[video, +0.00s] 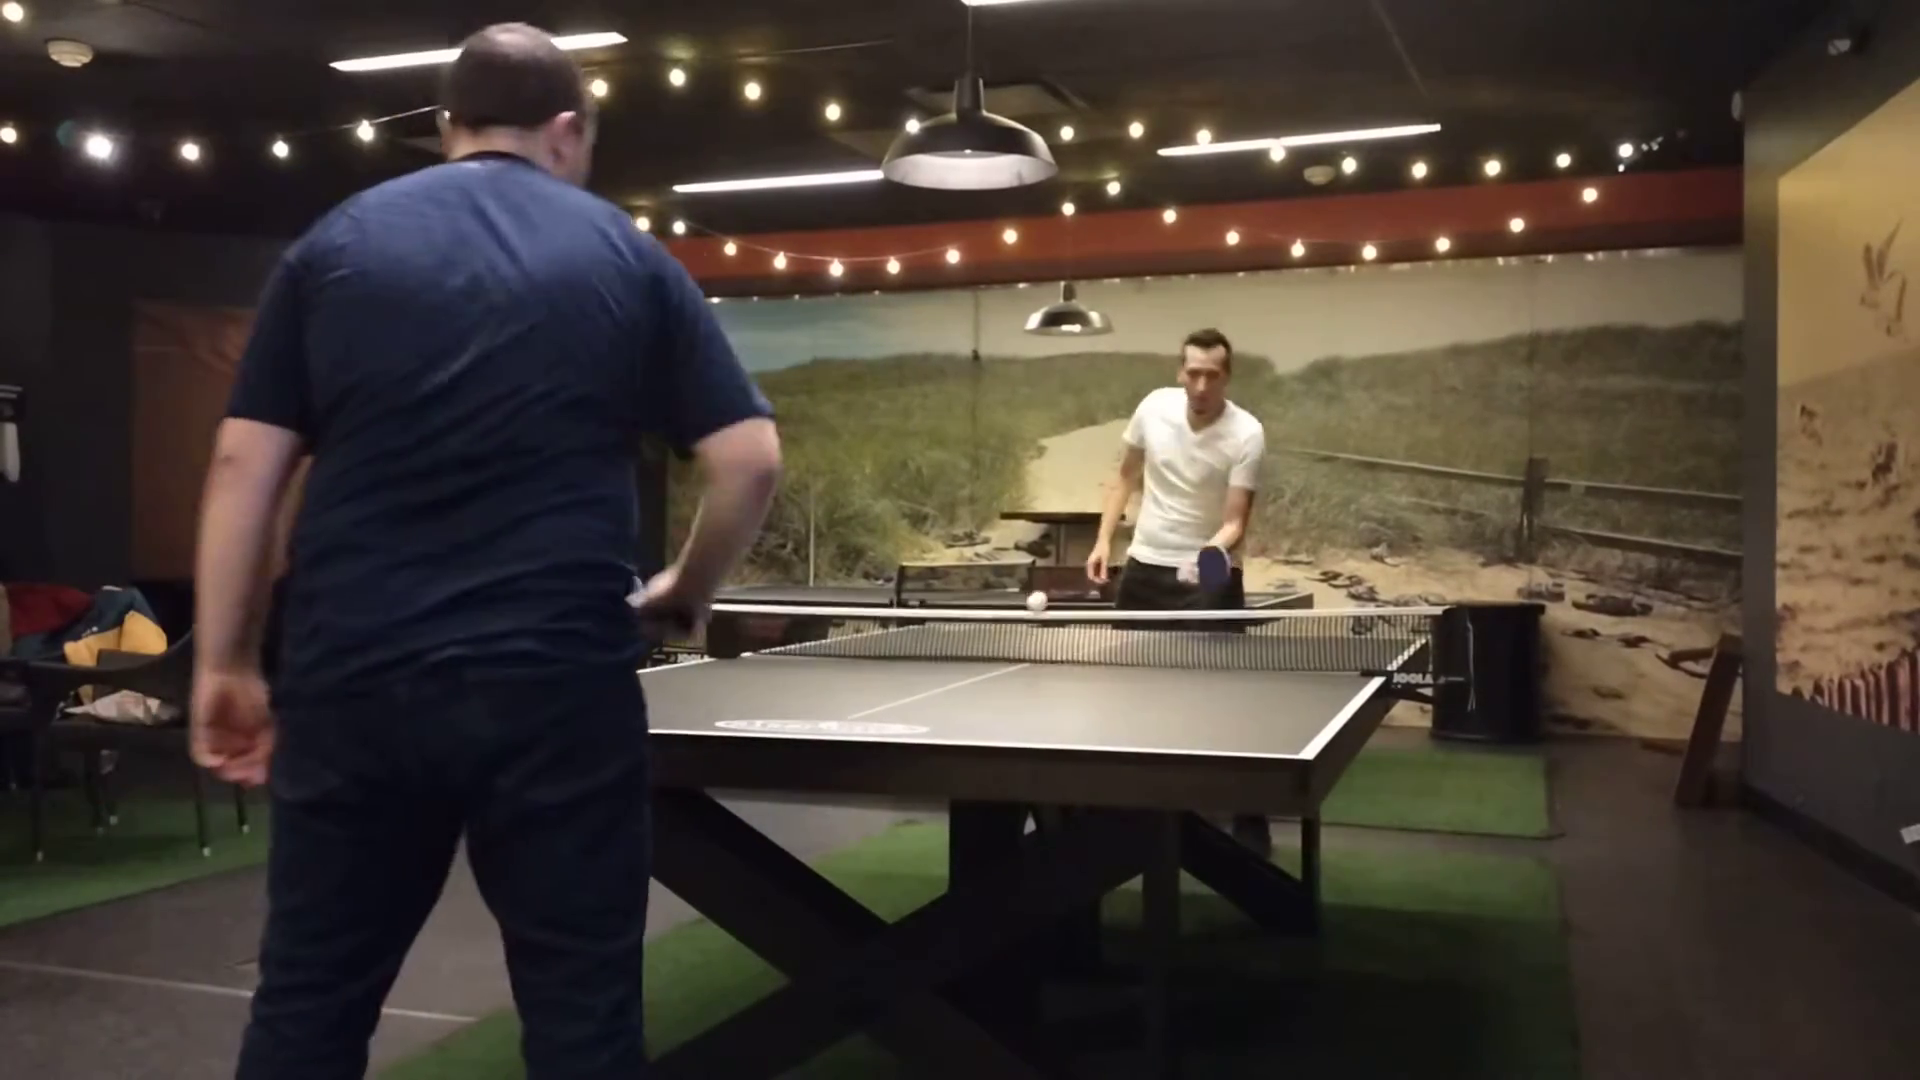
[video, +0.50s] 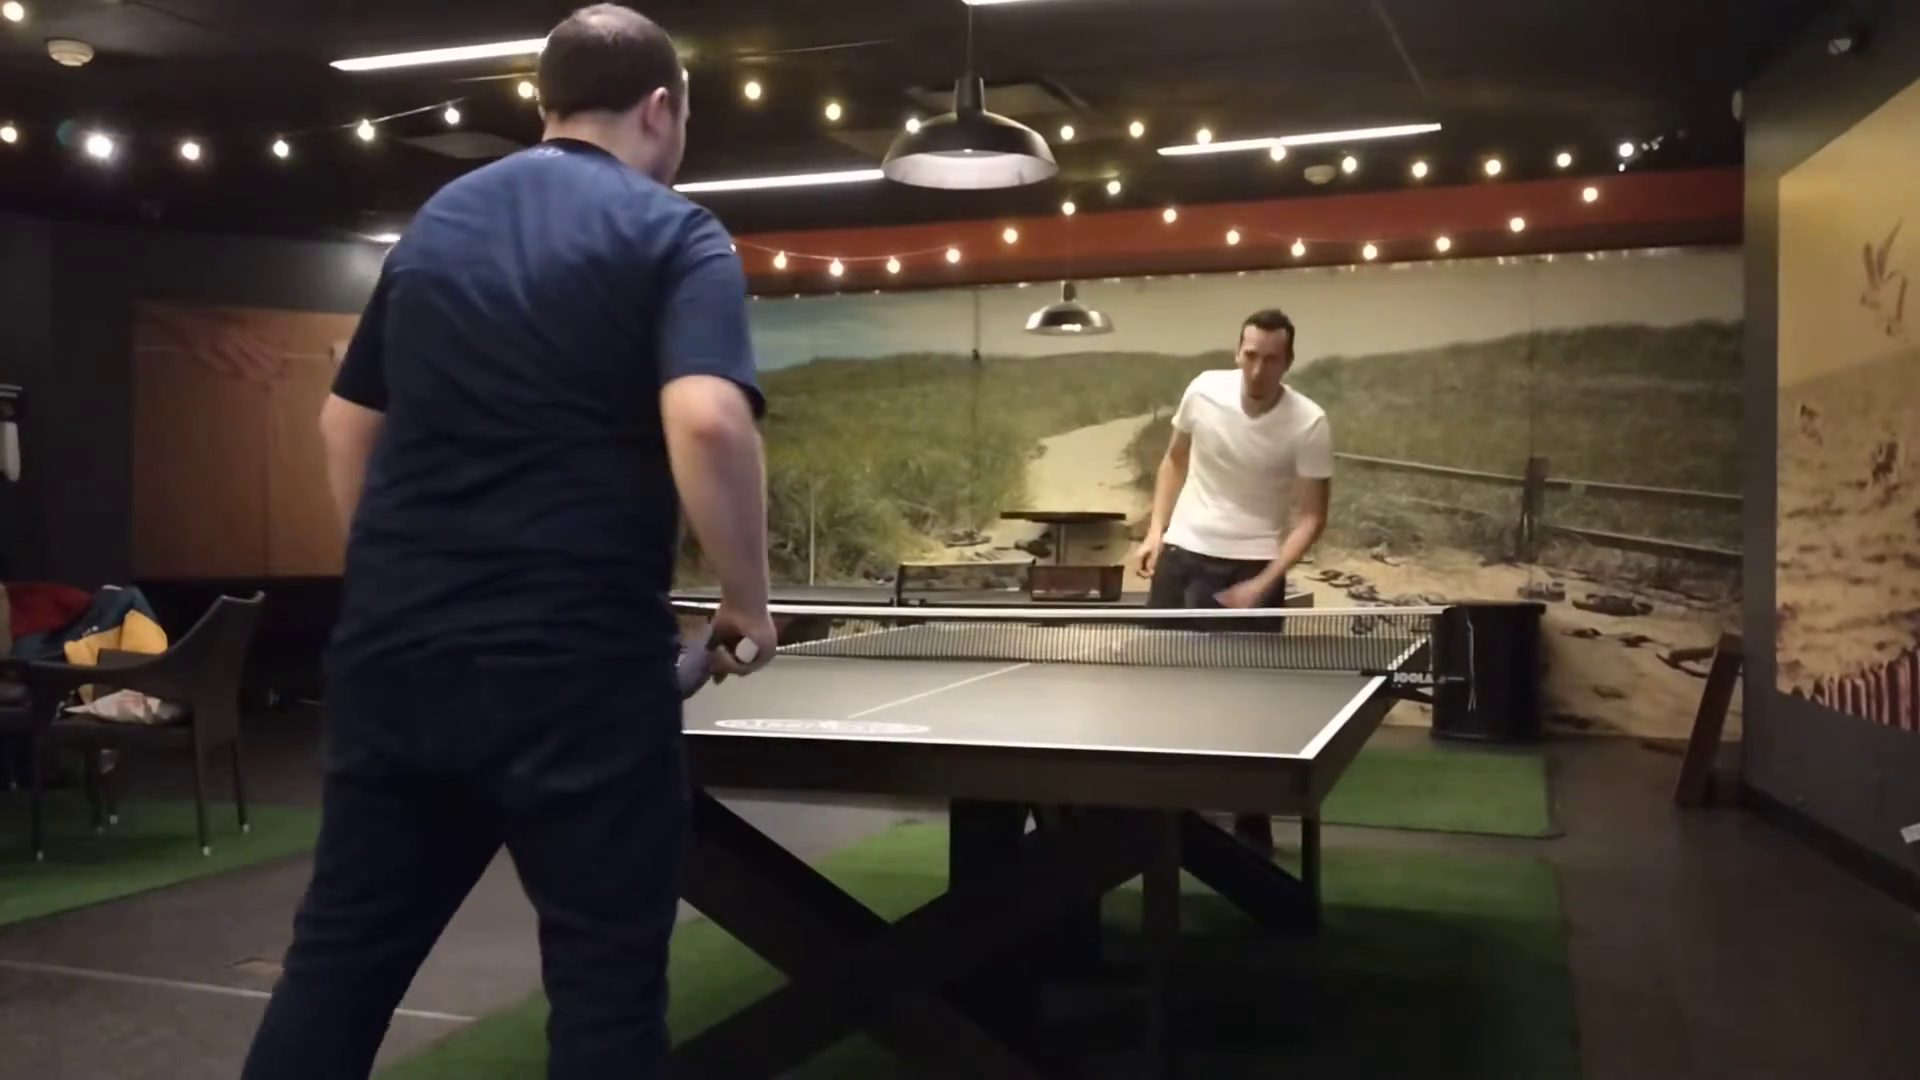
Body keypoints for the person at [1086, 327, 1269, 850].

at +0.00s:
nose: (1201, 386)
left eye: (1211, 376)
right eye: (1193, 374)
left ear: (1228, 377)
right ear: (1180, 372)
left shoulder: (1245, 434)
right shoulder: (1155, 406)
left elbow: (1236, 520)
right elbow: (1125, 479)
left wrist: (1214, 551)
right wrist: (1103, 543)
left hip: (1208, 582)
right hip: (1145, 575)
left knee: (1223, 693)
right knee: (1126, 684)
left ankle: (1246, 825)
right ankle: (1117, 812)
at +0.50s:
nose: (1256, 369)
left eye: (1269, 360)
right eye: (1250, 356)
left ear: (1288, 362)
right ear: (1237, 352)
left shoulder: (1307, 422)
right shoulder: (1205, 390)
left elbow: (1310, 517)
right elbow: (1175, 460)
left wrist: (1264, 582)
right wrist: (1156, 532)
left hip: (1252, 574)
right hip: (1180, 563)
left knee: (1248, 704)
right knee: (1164, 691)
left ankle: (1252, 837)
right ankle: (1159, 823)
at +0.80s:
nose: (1257, 355)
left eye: (1268, 343)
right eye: (1247, 343)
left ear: (1285, 345)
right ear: (1232, 344)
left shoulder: (1312, 403)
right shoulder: (1200, 398)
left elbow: (1330, 489)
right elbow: (1150, 475)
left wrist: (1340, 557)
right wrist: (1156, 552)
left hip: (1277, 565)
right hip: (1209, 561)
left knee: (1267, 697)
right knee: (1215, 693)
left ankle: (1251, 830)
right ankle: (1210, 827)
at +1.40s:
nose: (1205, 416)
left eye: (1214, 403)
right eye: (1192, 407)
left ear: (1236, 387)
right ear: (1179, 397)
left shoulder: (1275, 406)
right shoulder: (1168, 427)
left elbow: (1312, 469)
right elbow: (1171, 527)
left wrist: (1316, 528)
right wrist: (1186, 611)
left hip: (1283, 571)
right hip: (1216, 568)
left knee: (1276, 701)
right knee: (1209, 694)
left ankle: (1250, 842)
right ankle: (1209, 829)